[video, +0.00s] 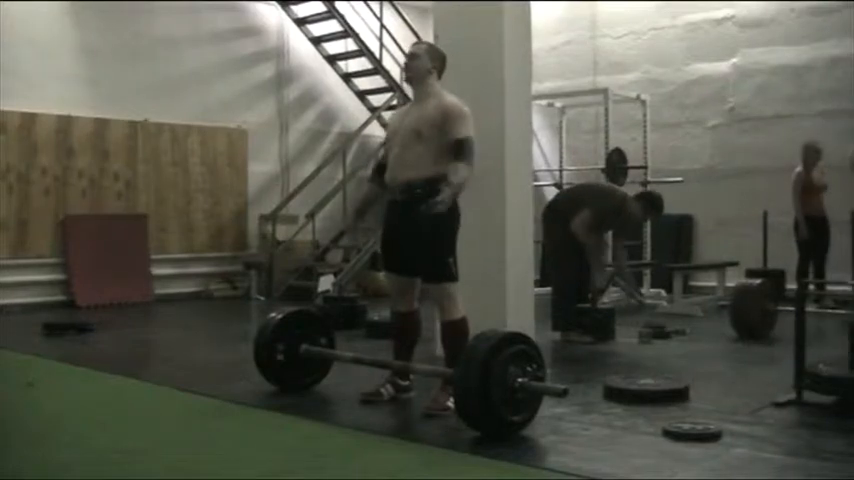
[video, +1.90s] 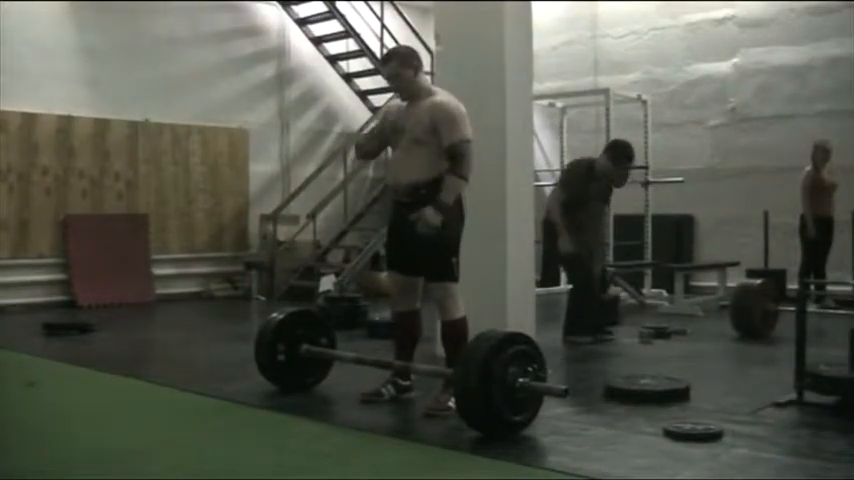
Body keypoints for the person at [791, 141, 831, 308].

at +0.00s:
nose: (814, 161)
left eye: (816, 157)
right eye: (811, 157)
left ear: (819, 158)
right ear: (805, 157)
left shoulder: (818, 174)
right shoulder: (799, 175)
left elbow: (821, 190)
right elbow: (796, 202)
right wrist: (801, 224)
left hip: (819, 219)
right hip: (805, 220)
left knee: (820, 258)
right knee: (804, 257)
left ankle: (820, 293)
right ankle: (802, 292)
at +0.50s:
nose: (818, 159)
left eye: (820, 156)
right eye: (815, 155)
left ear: (822, 157)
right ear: (809, 156)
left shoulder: (820, 175)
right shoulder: (803, 175)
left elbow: (821, 199)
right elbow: (800, 202)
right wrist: (804, 224)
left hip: (822, 220)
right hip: (808, 220)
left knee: (819, 259)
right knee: (806, 258)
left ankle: (820, 294)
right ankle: (802, 293)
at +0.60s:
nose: (819, 159)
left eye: (820, 156)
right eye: (816, 155)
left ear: (822, 158)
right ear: (809, 156)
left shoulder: (820, 175)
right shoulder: (803, 176)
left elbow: (820, 195)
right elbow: (801, 203)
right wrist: (804, 224)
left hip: (822, 220)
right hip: (808, 220)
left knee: (819, 259)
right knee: (806, 258)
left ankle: (819, 294)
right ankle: (802, 293)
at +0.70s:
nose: (816, 159)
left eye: (819, 156)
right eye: (813, 155)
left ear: (822, 157)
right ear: (807, 156)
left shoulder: (822, 175)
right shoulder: (804, 176)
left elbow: (823, 200)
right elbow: (802, 202)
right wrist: (805, 224)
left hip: (822, 220)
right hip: (808, 220)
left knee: (818, 259)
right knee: (806, 259)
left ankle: (820, 294)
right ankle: (802, 293)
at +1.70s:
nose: (823, 158)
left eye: (825, 155)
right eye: (820, 155)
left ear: (828, 157)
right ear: (813, 155)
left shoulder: (823, 175)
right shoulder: (809, 175)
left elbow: (824, 200)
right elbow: (805, 202)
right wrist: (808, 224)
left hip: (824, 220)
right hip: (811, 220)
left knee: (819, 260)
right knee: (808, 259)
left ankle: (820, 294)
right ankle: (803, 293)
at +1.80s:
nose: (824, 159)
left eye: (826, 155)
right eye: (821, 155)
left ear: (828, 157)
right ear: (814, 155)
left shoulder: (824, 175)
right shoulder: (810, 175)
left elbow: (825, 199)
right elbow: (806, 202)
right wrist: (809, 224)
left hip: (825, 220)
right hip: (812, 220)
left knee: (820, 259)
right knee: (809, 258)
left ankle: (821, 294)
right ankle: (803, 293)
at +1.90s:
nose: (824, 159)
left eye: (826, 155)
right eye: (821, 155)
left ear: (828, 157)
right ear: (814, 155)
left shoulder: (824, 175)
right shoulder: (810, 175)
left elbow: (825, 200)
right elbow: (806, 202)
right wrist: (809, 224)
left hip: (825, 220)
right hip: (812, 220)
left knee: (820, 260)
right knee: (809, 259)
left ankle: (820, 294)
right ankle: (803, 293)